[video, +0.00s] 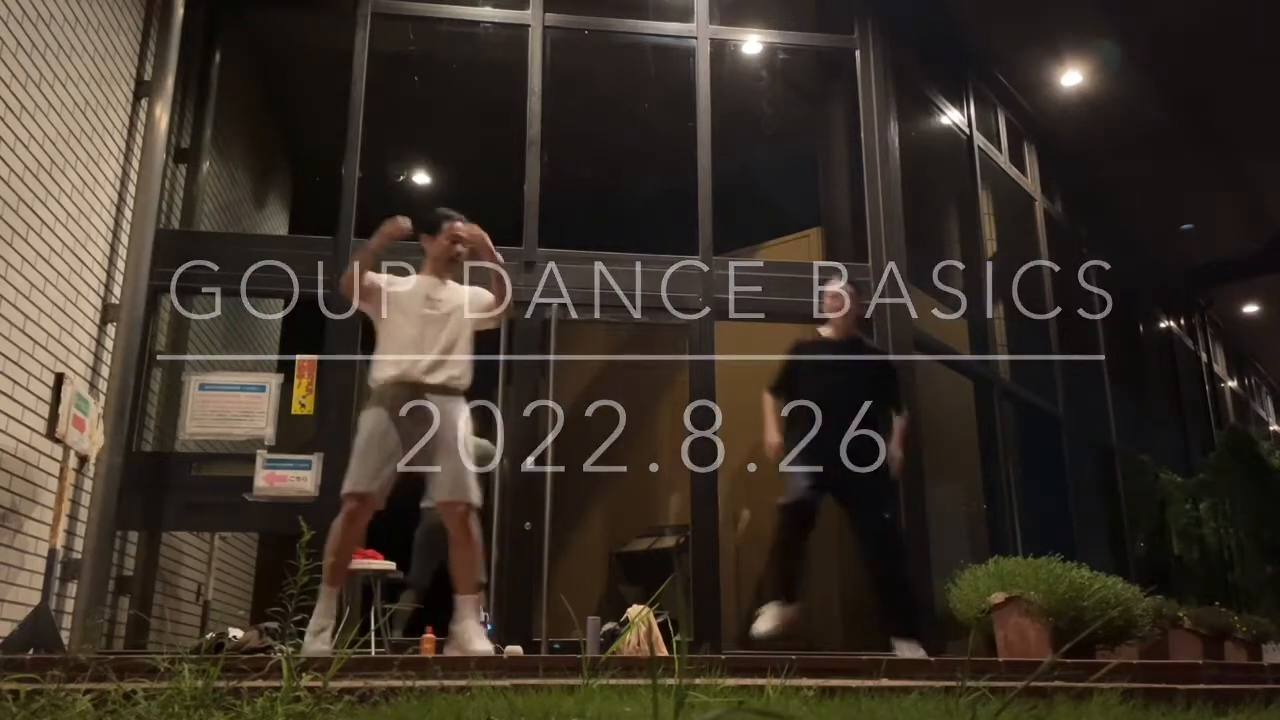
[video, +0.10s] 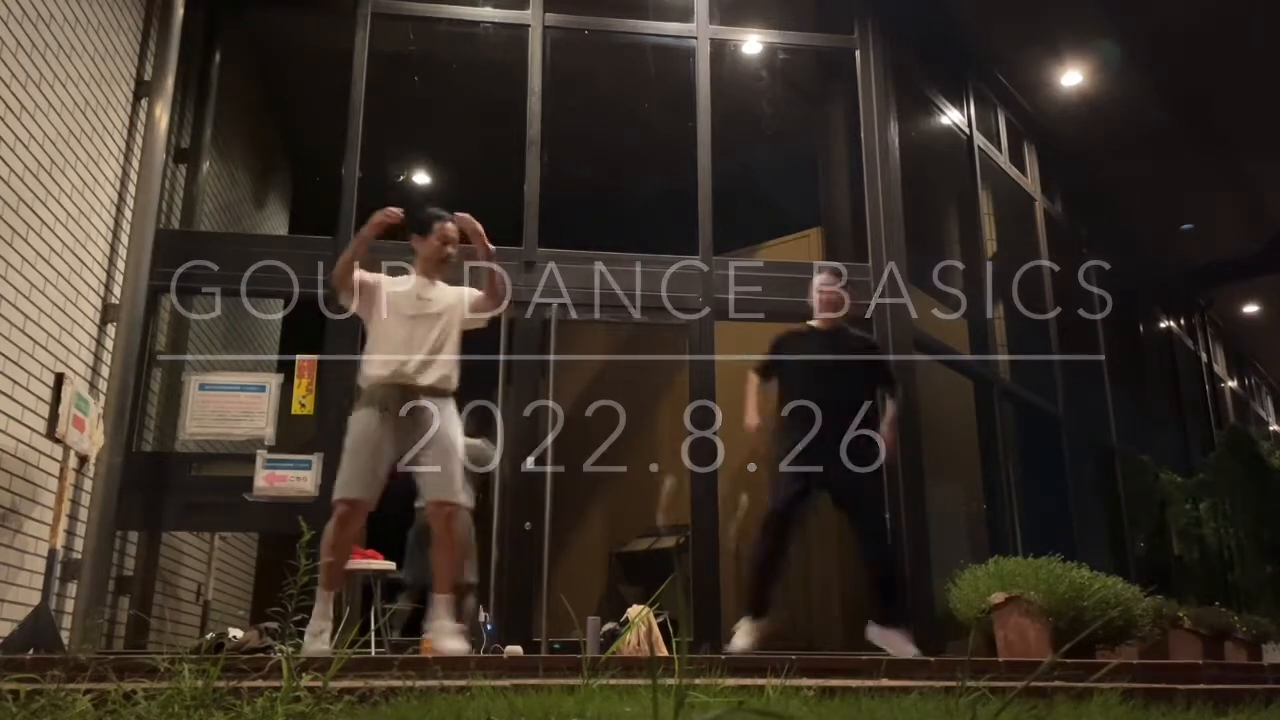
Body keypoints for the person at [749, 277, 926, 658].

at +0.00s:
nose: (833, 304)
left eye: (841, 298)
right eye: (828, 297)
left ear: (857, 307)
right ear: (821, 304)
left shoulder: (876, 358)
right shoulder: (804, 351)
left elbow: (898, 409)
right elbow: (772, 392)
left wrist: (896, 448)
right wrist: (772, 431)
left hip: (861, 461)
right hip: (810, 457)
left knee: (882, 541)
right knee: (793, 514)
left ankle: (903, 634)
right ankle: (779, 601)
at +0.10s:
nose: (828, 297)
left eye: (835, 291)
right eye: (821, 291)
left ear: (847, 297)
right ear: (811, 297)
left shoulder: (864, 346)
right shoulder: (789, 342)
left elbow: (890, 393)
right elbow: (757, 374)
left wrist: (886, 430)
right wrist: (753, 412)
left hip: (853, 455)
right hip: (800, 454)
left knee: (876, 534)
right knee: (775, 527)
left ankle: (886, 622)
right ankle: (753, 618)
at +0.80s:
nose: (831, 317)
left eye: (834, 309)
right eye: (823, 310)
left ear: (840, 312)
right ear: (803, 315)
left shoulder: (857, 349)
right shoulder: (793, 357)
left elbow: (909, 362)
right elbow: (779, 379)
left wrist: (896, 339)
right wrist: (817, 342)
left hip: (856, 458)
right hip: (808, 460)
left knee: (881, 537)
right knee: (797, 523)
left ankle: (908, 627)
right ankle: (765, 615)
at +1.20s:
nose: (851, 330)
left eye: (858, 324)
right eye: (844, 322)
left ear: (868, 334)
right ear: (831, 329)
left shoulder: (872, 384)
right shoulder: (809, 373)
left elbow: (883, 437)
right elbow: (766, 416)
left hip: (862, 478)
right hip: (816, 474)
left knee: (884, 551)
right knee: (831, 520)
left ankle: (904, 637)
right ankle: (801, 599)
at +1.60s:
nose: (764, 343)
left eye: (771, 337)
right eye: (757, 336)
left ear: (781, 344)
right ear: (746, 343)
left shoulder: (800, 390)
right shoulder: (734, 395)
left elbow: (819, 437)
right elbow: (719, 453)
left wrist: (824, 472)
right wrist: (714, 497)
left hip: (792, 490)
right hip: (745, 491)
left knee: (799, 568)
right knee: (732, 563)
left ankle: (774, 630)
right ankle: (711, 639)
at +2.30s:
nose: (877, 333)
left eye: (884, 327)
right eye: (870, 326)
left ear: (894, 334)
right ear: (858, 333)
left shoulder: (917, 374)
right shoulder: (851, 387)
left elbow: (954, 416)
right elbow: (853, 446)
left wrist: (924, 418)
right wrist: (898, 418)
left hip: (925, 475)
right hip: (880, 483)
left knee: (891, 524)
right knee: (927, 556)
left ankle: (891, 626)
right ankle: (977, 633)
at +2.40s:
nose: (881, 320)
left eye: (886, 314)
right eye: (875, 314)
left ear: (900, 319)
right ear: (865, 321)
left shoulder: (921, 349)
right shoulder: (863, 363)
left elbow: (975, 369)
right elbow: (851, 402)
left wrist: (924, 361)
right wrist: (890, 368)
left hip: (934, 455)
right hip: (895, 461)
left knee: (909, 513)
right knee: (925, 539)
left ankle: (943, 600)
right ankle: (975, 626)